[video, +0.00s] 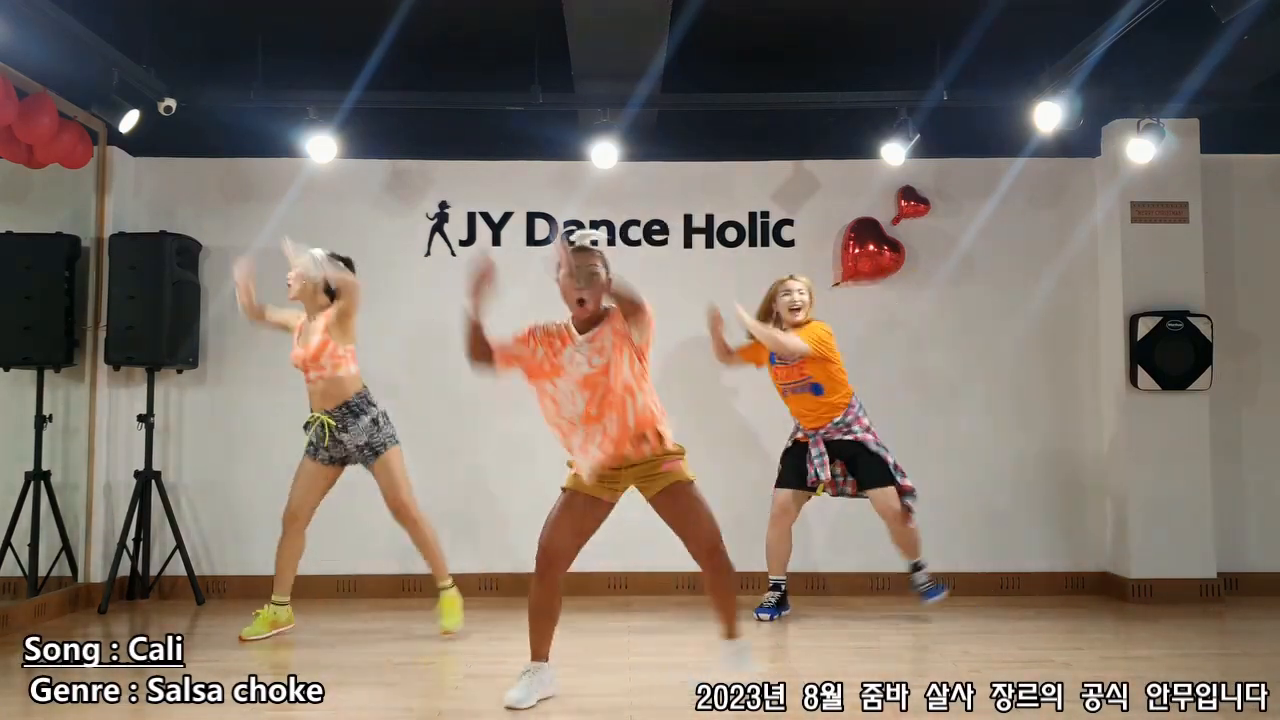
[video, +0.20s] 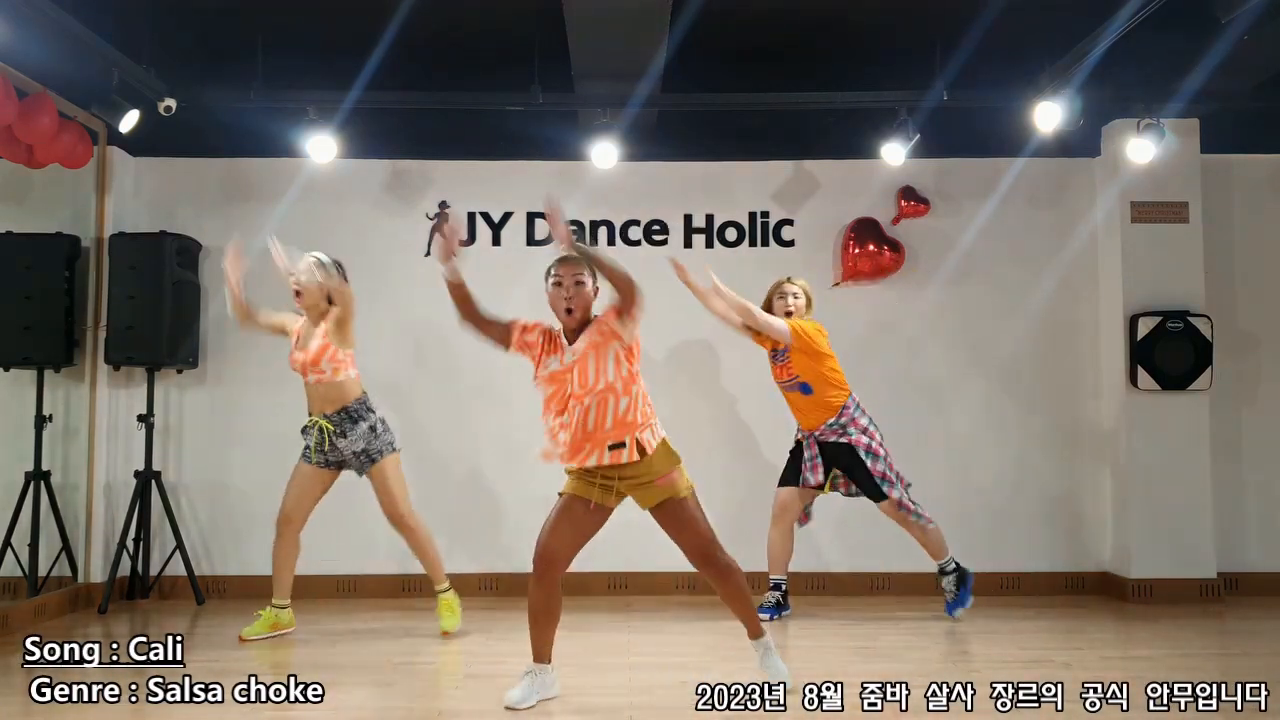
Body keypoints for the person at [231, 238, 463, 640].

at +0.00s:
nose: (290, 279)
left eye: (297, 274)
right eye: (291, 273)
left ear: (318, 282)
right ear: (297, 282)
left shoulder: (338, 316)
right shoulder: (298, 322)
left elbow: (349, 288)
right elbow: (257, 313)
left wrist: (319, 262)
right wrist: (245, 284)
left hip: (362, 418)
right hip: (324, 427)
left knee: (403, 508)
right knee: (294, 517)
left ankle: (447, 589)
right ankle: (279, 607)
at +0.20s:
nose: (295, 285)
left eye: (305, 279)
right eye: (294, 278)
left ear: (330, 288)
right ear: (293, 287)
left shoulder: (339, 324)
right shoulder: (294, 325)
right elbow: (249, 318)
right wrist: (234, 282)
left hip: (362, 424)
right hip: (322, 432)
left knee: (400, 513)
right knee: (288, 521)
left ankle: (445, 593)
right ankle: (280, 609)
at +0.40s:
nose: (342, 295)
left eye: (351, 288)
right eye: (335, 289)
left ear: (365, 296)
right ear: (327, 298)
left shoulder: (385, 343)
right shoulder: (320, 347)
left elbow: (424, 389)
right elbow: (298, 395)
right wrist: (285, 411)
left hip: (380, 440)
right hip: (335, 441)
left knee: (401, 534)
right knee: (286, 526)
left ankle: (423, 611)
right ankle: (278, 613)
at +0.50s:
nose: (365, 287)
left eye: (372, 280)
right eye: (358, 281)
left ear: (385, 286)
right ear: (348, 290)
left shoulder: (408, 330)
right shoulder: (339, 335)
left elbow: (454, 365)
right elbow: (299, 380)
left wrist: (444, 366)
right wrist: (306, 370)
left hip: (402, 431)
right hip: (356, 432)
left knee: (415, 528)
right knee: (313, 523)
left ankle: (424, 611)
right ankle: (295, 605)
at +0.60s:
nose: (383, 284)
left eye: (391, 278)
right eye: (376, 279)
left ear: (402, 285)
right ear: (365, 286)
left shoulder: (419, 322)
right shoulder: (356, 325)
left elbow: (475, 342)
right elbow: (306, 352)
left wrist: (443, 330)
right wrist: (328, 335)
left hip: (418, 425)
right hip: (373, 426)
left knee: (418, 525)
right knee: (346, 518)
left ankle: (425, 610)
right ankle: (354, 601)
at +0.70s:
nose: (398, 288)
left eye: (406, 282)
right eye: (391, 282)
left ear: (417, 289)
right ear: (380, 288)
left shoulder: (433, 327)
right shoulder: (368, 328)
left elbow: (489, 337)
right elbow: (323, 340)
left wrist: (467, 328)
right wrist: (356, 326)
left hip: (432, 427)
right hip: (385, 430)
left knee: (442, 519)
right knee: (381, 526)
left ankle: (435, 607)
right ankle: (386, 612)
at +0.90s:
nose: (446, 300)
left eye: (452, 294)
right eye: (438, 293)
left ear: (461, 301)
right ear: (422, 300)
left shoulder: (470, 345)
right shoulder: (407, 345)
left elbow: (497, 388)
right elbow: (364, 385)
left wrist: (495, 392)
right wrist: (376, 393)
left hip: (458, 442)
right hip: (413, 442)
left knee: (506, 524)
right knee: (383, 537)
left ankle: (524, 608)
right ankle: (386, 614)